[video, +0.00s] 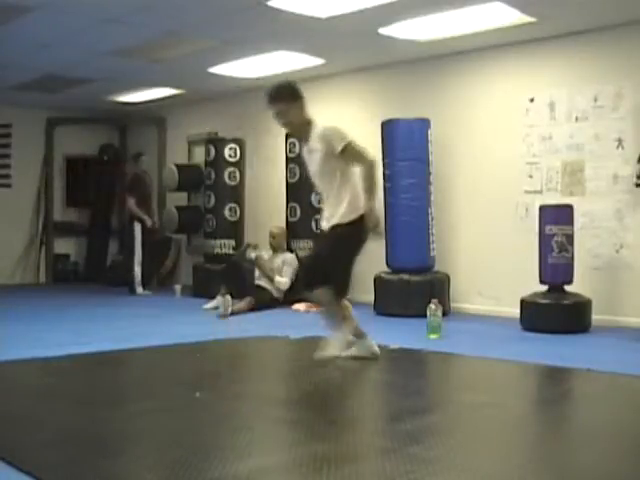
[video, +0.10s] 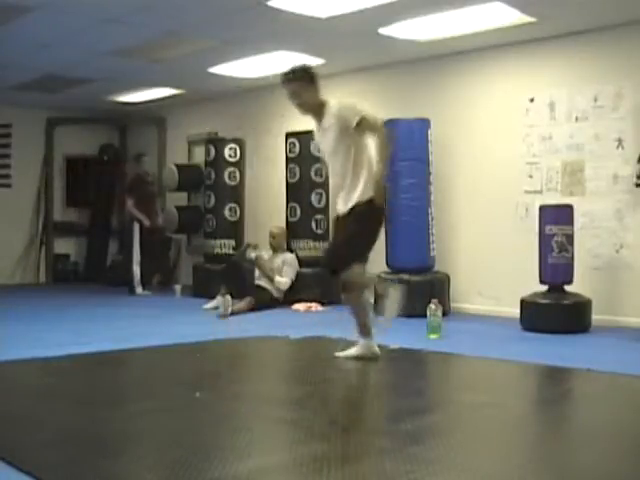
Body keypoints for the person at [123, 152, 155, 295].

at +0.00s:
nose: (145, 164)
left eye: (144, 161)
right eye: (142, 162)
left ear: (139, 163)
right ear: (137, 163)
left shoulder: (145, 178)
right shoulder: (135, 178)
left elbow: (150, 201)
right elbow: (130, 203)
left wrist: (154, 216)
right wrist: (145, 218)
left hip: (143, 220)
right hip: (135, 220)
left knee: (142, 253)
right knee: (137, 253)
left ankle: (141, 284)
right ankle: (137, 286)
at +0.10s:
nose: (147, 167)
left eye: (147, 164)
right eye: (143, 164)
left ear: (148, 165)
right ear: (137, 165)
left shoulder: (151, 180)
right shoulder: (135, 180)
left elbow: (155, 202)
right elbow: (129, 205)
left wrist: (159, 216)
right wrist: (144, 219)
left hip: (152, 223)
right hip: (138, 223)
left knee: (150, 255)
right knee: (138, 254)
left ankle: (147, 284)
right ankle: (137, 286)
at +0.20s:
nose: (149, 166)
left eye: (150, 163)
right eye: (145, 164)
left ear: (154, 164)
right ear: (141, 167)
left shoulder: (160, 182)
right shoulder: (136, 183)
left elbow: (163, 202)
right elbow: (128, 204)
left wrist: (164, 217)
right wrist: (140, 219)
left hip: (159, 225)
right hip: (144, 225)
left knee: (164, 257)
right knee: (141, 257)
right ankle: (140, 286)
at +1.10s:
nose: (140, 173)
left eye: (142, 169)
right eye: (138, 170)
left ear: (150, 169)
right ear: (137, 172)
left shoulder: (163, 183)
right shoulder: (139, 187)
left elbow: (175, 199)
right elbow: (140, 206)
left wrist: (167, 210)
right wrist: (142, 215)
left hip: (166, 219)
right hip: (152, 219)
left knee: (165, 251)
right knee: (151, 250)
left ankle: (164, 282)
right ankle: (152, 281)